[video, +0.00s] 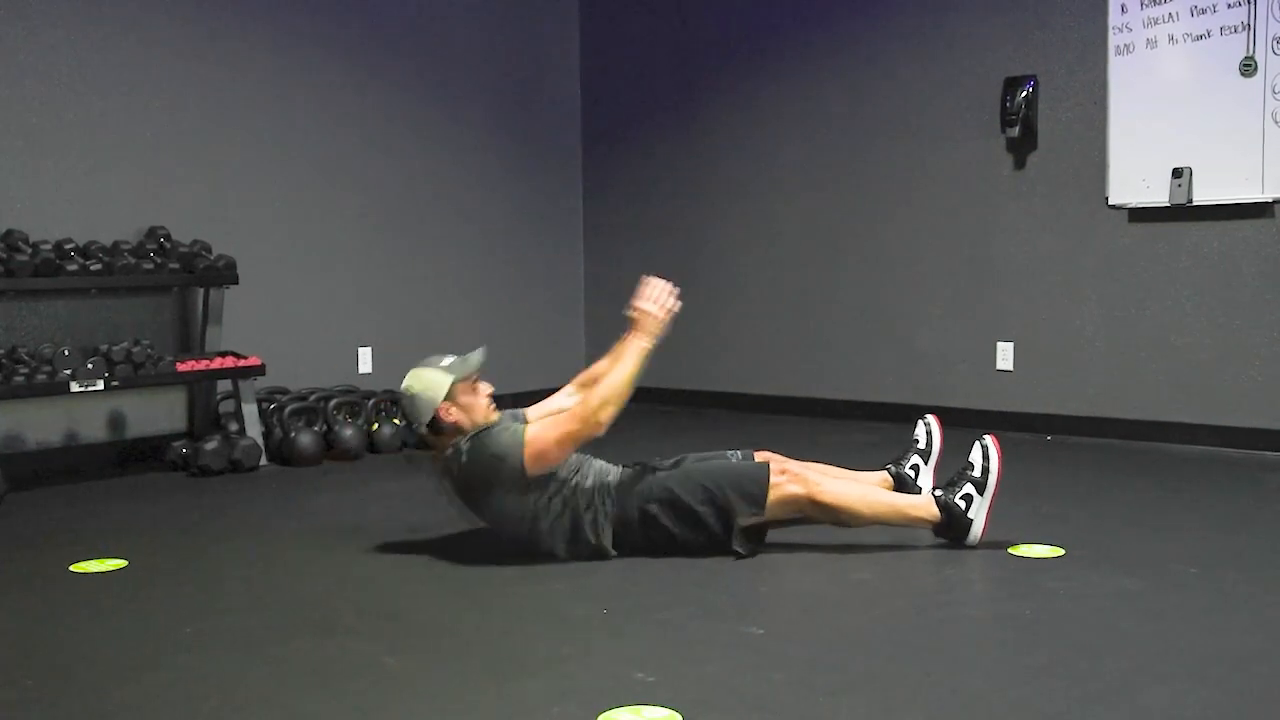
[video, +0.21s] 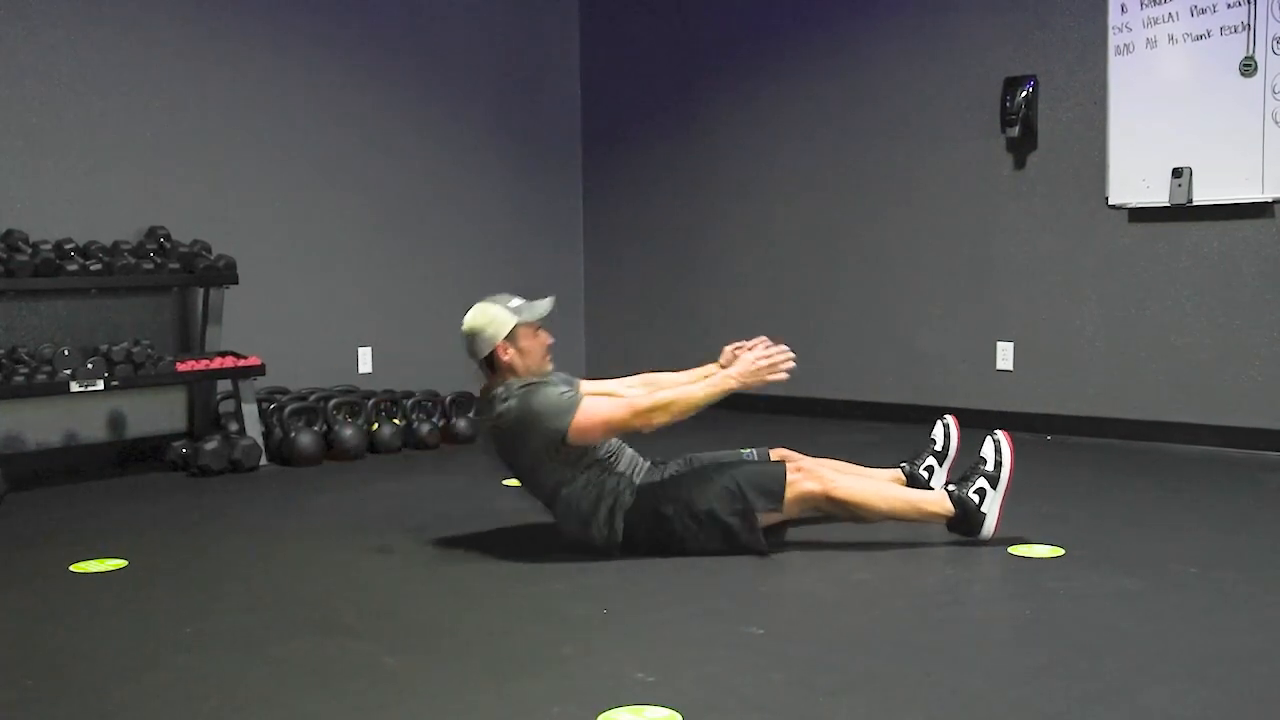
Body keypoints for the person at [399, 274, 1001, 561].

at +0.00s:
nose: (486, 388)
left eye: (478, 382)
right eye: (471, 385)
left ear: (452, 411)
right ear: (446, 414)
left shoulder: (488, 440)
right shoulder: (481, 457)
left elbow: (578, 397)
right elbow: (588, 415)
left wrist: (638, 329)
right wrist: (645, 331)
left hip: (627, 489)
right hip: (620, 512)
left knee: (769, 461)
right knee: (793, 484)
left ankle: (898, 482)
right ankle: (946, 512)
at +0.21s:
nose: (546, 334)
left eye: (539, 325)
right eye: (533, 329)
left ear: (507, 347)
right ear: (504, 350)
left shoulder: (533, 388)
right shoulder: (524, 406)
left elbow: (633, 389)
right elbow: (633, 414)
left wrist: (716, 367)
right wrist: (729, 378)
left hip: (645, 483)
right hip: (636, 510)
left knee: (786, 459)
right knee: (807, 483)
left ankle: (913, 479)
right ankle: (961, 509)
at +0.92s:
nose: (679, 291)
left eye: (675, 282)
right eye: (670, 283)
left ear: (637, 292)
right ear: (640, 292)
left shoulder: (621, 345)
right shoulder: (633, 354)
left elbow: (719, 404)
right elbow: (733, 418)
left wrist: (800, 417)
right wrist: (833, 430)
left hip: (660, 496)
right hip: (662, 508)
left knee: (811, 458)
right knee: (830, 477)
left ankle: (926, 476)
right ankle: (982, 507)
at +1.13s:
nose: (587, 311)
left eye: (581, 301)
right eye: (576, 304)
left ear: (550, 320)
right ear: (548, 321)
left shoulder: (566, 370)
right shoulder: (560, 386)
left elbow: (660, 385)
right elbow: (672, 412)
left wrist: (736, 364)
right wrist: (765, 374)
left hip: (663, 481)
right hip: (652, 506)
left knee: (803, 466)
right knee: (819, 482)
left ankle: (927, 475)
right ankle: (974, 512)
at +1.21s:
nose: (553, 329)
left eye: (547, 320)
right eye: (540, 323)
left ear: (521, 340)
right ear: (512, 344)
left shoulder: (542, 384)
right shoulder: (532, 405)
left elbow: (637, 386)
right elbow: (639, 409)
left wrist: (703, 341)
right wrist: (727, 348)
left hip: (653, 481)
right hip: (642, 508)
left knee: (793, 470)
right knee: (807, 489)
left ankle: (917, 477)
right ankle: (966, 513)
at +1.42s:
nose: (476, 390)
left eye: (466, 384)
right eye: (460, 393)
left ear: (450, 416)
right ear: (446, 421)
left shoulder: (480, 446)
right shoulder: (482, 461)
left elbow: (562, 421)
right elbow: (572, 415)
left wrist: (569, 319)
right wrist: (572, 309)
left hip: (629, 486)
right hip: (625, 510)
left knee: (772, 470)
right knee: (791, 493)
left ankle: (905, 483)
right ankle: (947, 516)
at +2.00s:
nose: (385, 481)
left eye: (381, 474)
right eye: (379, 481)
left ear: (392, 484)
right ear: (383, 504)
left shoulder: (442, 499)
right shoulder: (436, 523)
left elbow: (414, 415)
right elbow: (409, 417)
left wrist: (332, 452)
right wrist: (323, 454)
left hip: (621, 486)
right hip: (620, 512)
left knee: (767, 464)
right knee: (784, 486)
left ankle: (897, 486)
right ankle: (942, 514)